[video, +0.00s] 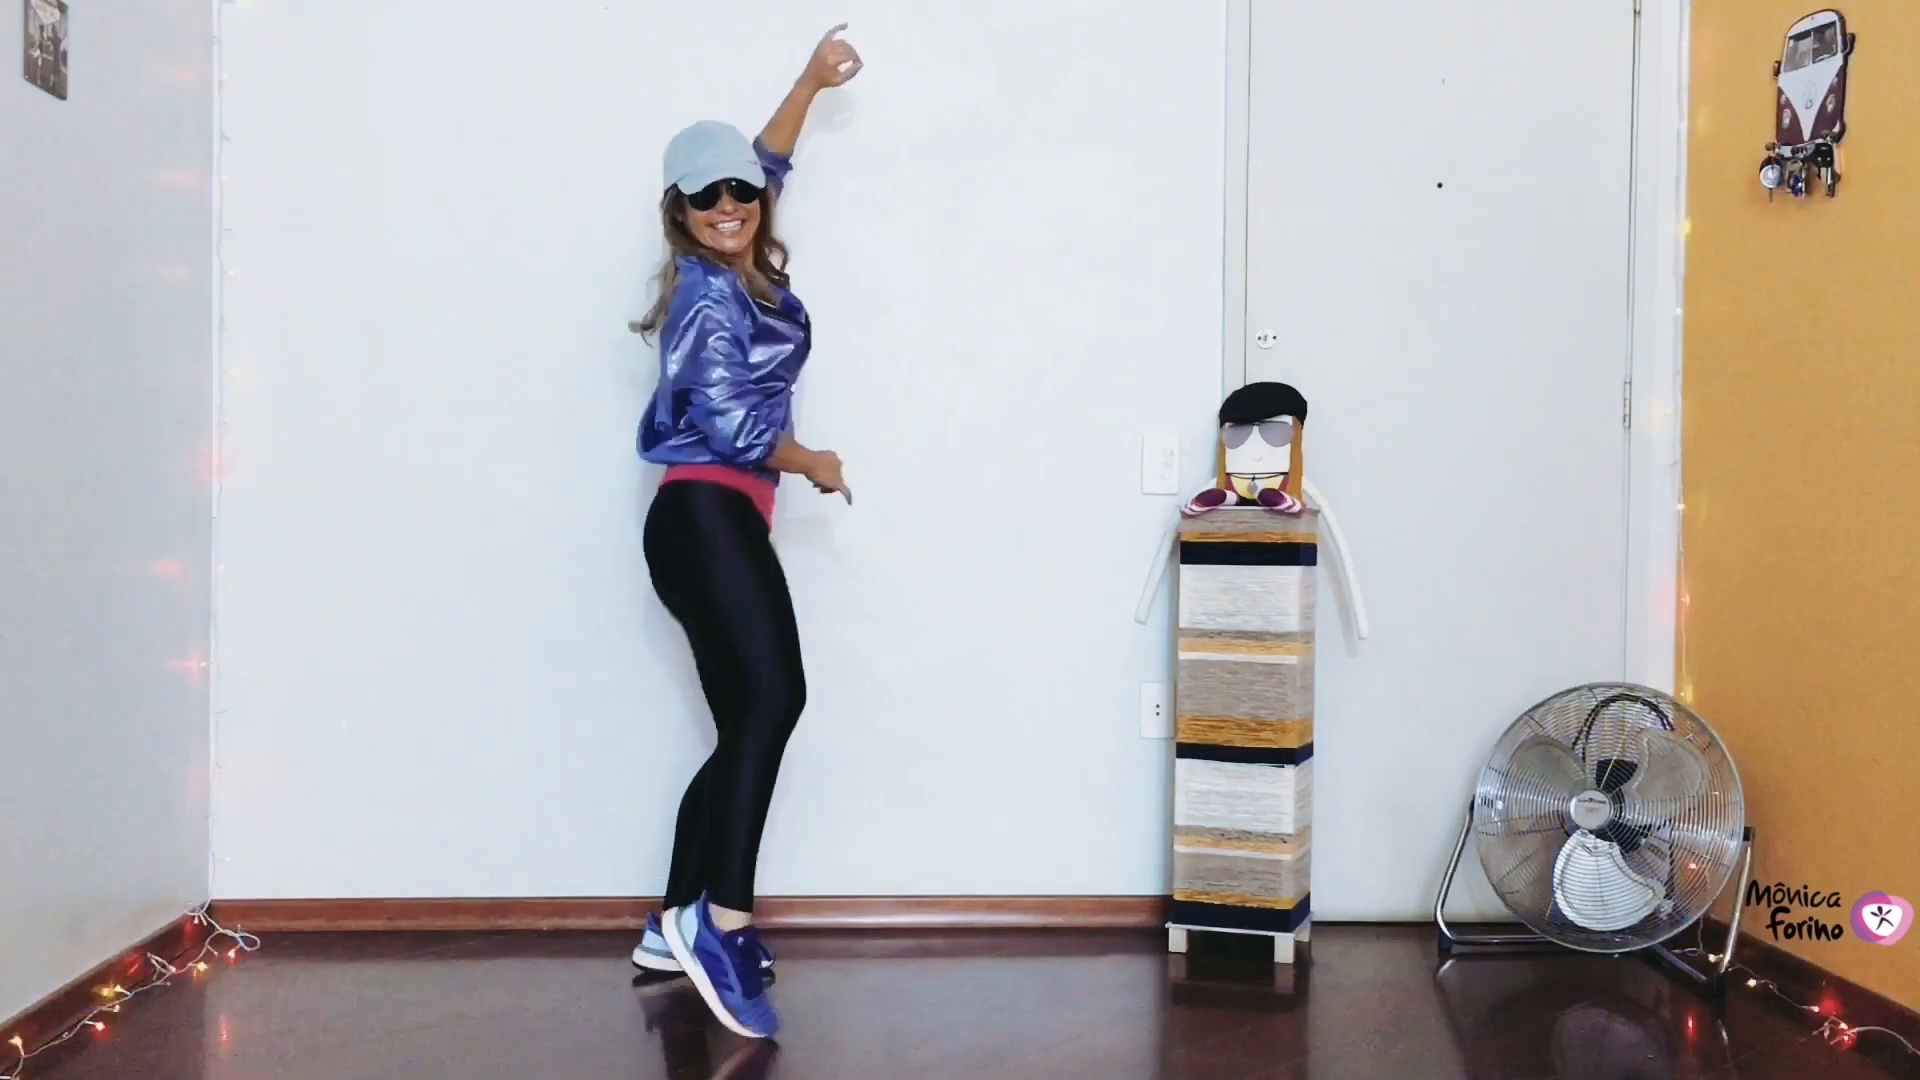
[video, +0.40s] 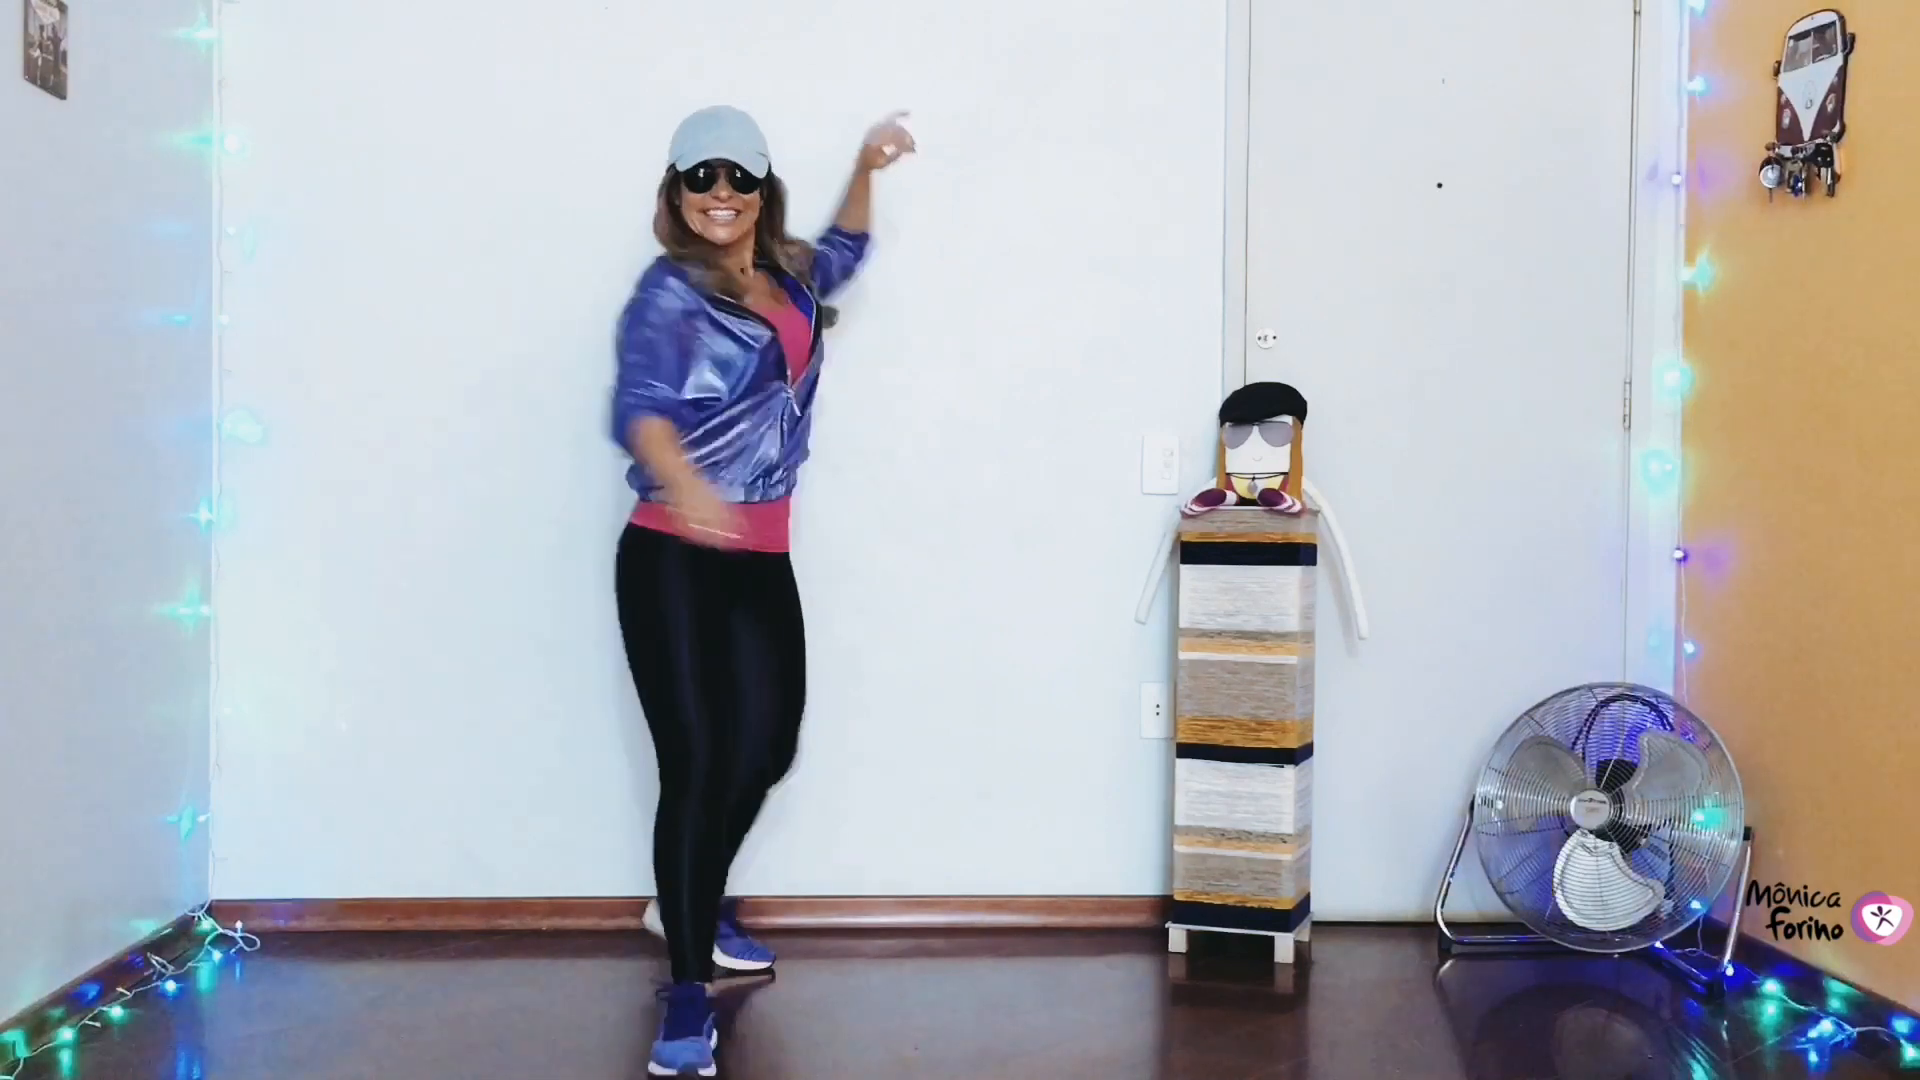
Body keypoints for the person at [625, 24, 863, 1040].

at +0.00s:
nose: (721, 211)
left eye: (735, 195)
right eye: (701, 201)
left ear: (758, 201)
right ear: (679, 215)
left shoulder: (745, 269)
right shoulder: (706, 297)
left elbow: (768, 164)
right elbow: (717, 421)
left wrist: (811, 82)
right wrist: (798, 457)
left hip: (728, 513)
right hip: (701, 511)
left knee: (758, 713)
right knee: (769, 703)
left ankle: (680, 918)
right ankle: (722, 921)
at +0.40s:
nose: (721, 194)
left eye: (740, 178)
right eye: (700, 179)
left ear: (766, 190)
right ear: (675, 194)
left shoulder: (788, 275)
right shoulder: (667, 293)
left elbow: (842, 253)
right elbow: (643, 411)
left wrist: (866, 169)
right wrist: (684, 483)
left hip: (763, 557)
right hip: (672, 557)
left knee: (769, 745)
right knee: (699, 763)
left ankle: (700, 907)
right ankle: (686, 992)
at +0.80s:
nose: (742, 173)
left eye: (763, 157)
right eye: (724, 154)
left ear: (790, 172)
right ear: (697, 169)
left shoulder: (825, 277)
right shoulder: (632, 276)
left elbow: (919, 355)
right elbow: (509, 280)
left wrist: (841, 278)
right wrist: (388, 268)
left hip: (765, 563)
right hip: (655, 556)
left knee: (760, 781)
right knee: (660, 781)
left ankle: (780, 980)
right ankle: (684, 994)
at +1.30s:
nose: (713, 173)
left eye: (737, 166)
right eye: (706, 159)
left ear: (770, 193)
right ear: (692, 176)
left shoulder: (729, 287)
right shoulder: (717, 258)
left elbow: (653, 410)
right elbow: (691, 157)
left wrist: (552, 413)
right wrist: (673, 50)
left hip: (747, 545)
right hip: (705, 547)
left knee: (763, 749)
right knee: (684, 733)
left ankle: (847, 970)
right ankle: (714, 921)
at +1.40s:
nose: (711, 190)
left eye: (734, 181)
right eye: (699, 173)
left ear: (762, 202)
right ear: (679, 186)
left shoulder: (732, 294)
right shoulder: (688, 264)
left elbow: (667, 426)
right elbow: (671, 157)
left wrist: (573, 442)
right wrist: (661, 47)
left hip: (752, 546)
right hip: (693, 548)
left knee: (706, 731)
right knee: (658, 723)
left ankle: (788, 945)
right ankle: (715, 918)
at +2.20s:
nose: (740, 189)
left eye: (761, 179)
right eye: (724, 171)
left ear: (780, 199)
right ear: (695, 187)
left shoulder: (787, 279)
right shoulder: (671, 284)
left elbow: (834, 403)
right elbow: (620, 261)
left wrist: (722, 462)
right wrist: (587, 165)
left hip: (768, 551)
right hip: (685, 552)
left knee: (764, 742)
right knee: (696, 734)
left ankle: (819, 962)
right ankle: (718, 920)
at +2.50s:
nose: (751, 198)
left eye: (772, 186)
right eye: (734, 183)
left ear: (798, 207)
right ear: (707, 203)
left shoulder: (845, 301)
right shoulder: (674, 326)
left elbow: (969, 343)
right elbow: (590, 440)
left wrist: (1001, 375)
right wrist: (469, 398)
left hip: (825, 577)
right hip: (723, 576)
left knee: (806, 773)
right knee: (614, 712)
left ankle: (821, 985)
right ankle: (687, 888)